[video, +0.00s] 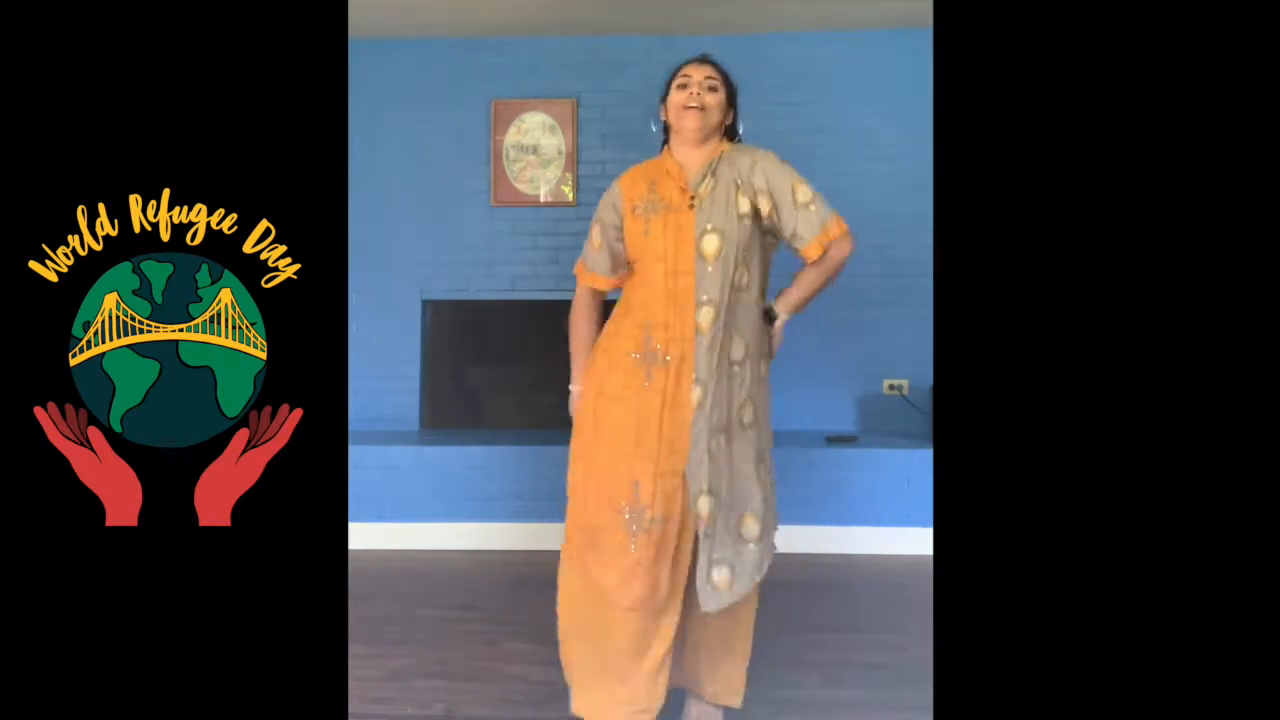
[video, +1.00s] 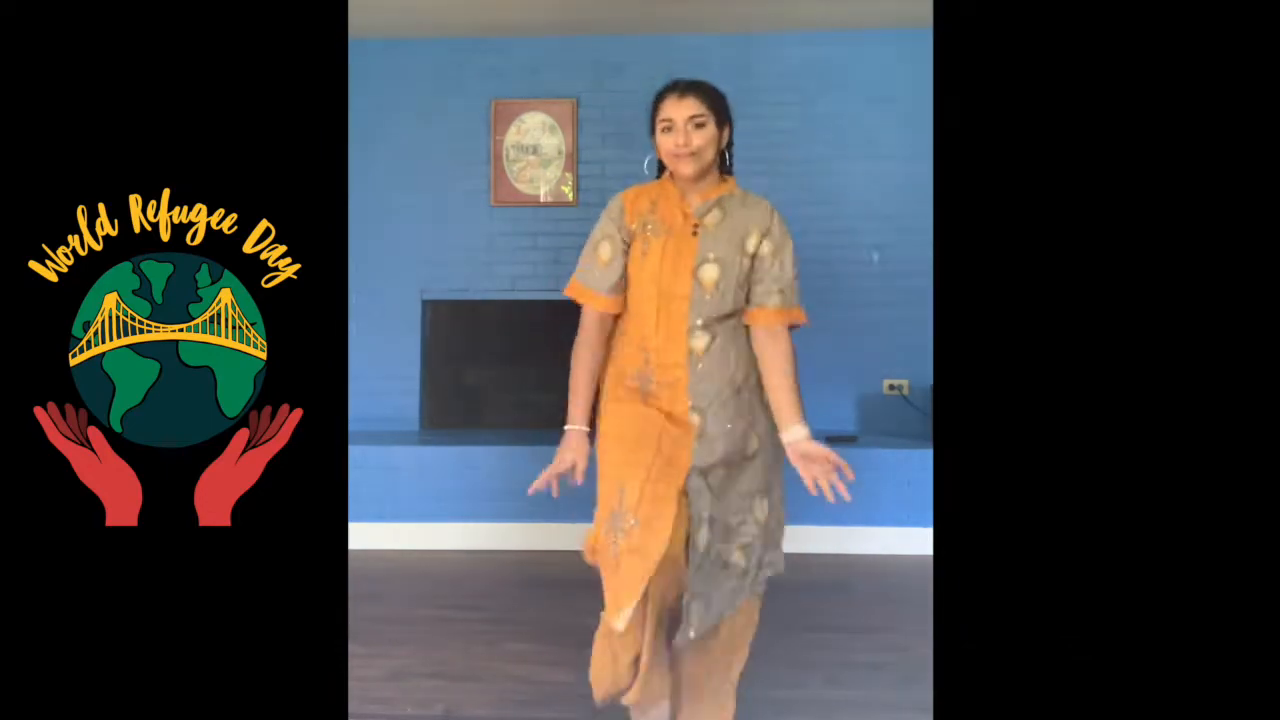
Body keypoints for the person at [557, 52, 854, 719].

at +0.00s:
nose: (695, 92)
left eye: (710, 85)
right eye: (683, 85)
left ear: (729, 110)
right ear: (663, 109)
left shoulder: (755, 170)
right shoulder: (630, 186)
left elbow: (836, 243)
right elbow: (589, 290)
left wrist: (777, 314)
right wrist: (581, 384)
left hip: (721, 379)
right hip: (634, 376)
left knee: (719, 530)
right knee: (624, 536)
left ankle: (707, 694)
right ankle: (620, 698)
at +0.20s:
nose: (693, 133)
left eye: (706, 123)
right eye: (680, 123)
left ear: (725, 137)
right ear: (663, 138)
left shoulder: (756, 212)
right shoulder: (629, 207)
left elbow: (834, 269)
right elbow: (564, 272)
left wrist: (766, 289)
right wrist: (588, 319)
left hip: (733, 402)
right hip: (646, 400)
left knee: (728, 542)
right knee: (646, 533)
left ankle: (706, 686)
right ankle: (642, 661)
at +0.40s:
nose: (687, 110)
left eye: (700, 99)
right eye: (673, 101)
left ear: (720, 116)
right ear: (656, 120)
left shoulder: (751, 200)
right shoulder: (624, 193)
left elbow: (768, 311)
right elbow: (588, 291)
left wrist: (773, 277)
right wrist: (618, 248)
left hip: (725, 400)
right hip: (638, 399)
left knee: (722, 551)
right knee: (632, 553)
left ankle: (708, 699)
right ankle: (653, 701)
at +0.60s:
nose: (677, 86)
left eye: (690, 77)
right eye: (663, 78)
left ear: (710, 99)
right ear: (644, 101)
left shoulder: (738, 160)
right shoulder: (619, 167)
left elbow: (762, 255)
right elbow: (591, 231)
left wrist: (757, 299)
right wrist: (589, 254)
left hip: (711, 368)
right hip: (628, 369)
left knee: (714, 518)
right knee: (621, 519)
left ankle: (710, 675)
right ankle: (616, 684)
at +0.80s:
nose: (674, 91)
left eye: (688, 80)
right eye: (660, 83)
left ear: (712, 99)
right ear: (645, 105)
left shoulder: (747, 174)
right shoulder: (623, 175)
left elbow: (753, 274)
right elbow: (607, 270)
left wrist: (769, 360)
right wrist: (582, 348)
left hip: (718, 388)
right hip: (630, 387)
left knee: (710, 545)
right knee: (631, 544)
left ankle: (708, 704)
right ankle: (631, 701)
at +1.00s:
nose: (682, 137)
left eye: (696, 124)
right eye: (668, 127)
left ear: (722, 134)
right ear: (655, 141)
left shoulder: (758, 221)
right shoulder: (627, 211)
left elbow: (771, 334)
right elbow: (594, 327)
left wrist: (795, 433)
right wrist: (575, 429)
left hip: (730, 429)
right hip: (638, 426)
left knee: (725, 584)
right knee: (644, 570)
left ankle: (705, 710)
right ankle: (643, 702)